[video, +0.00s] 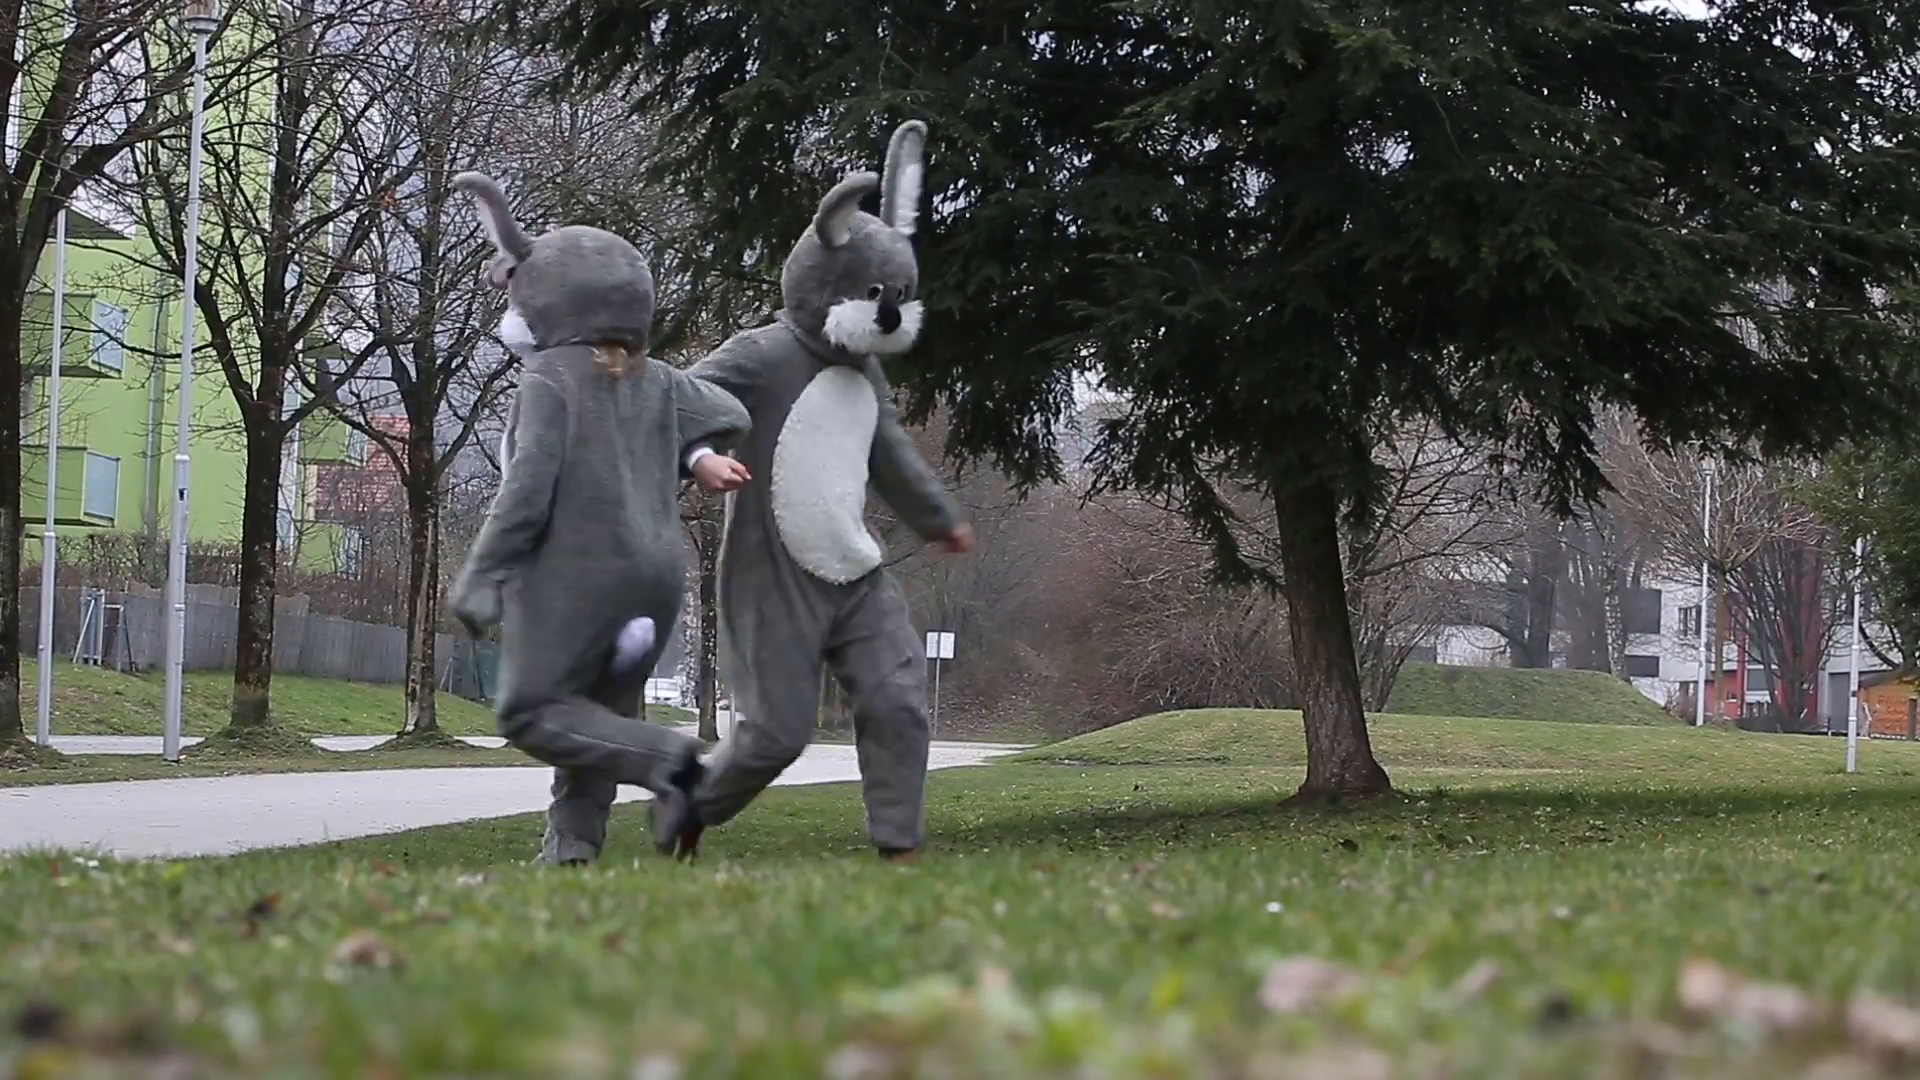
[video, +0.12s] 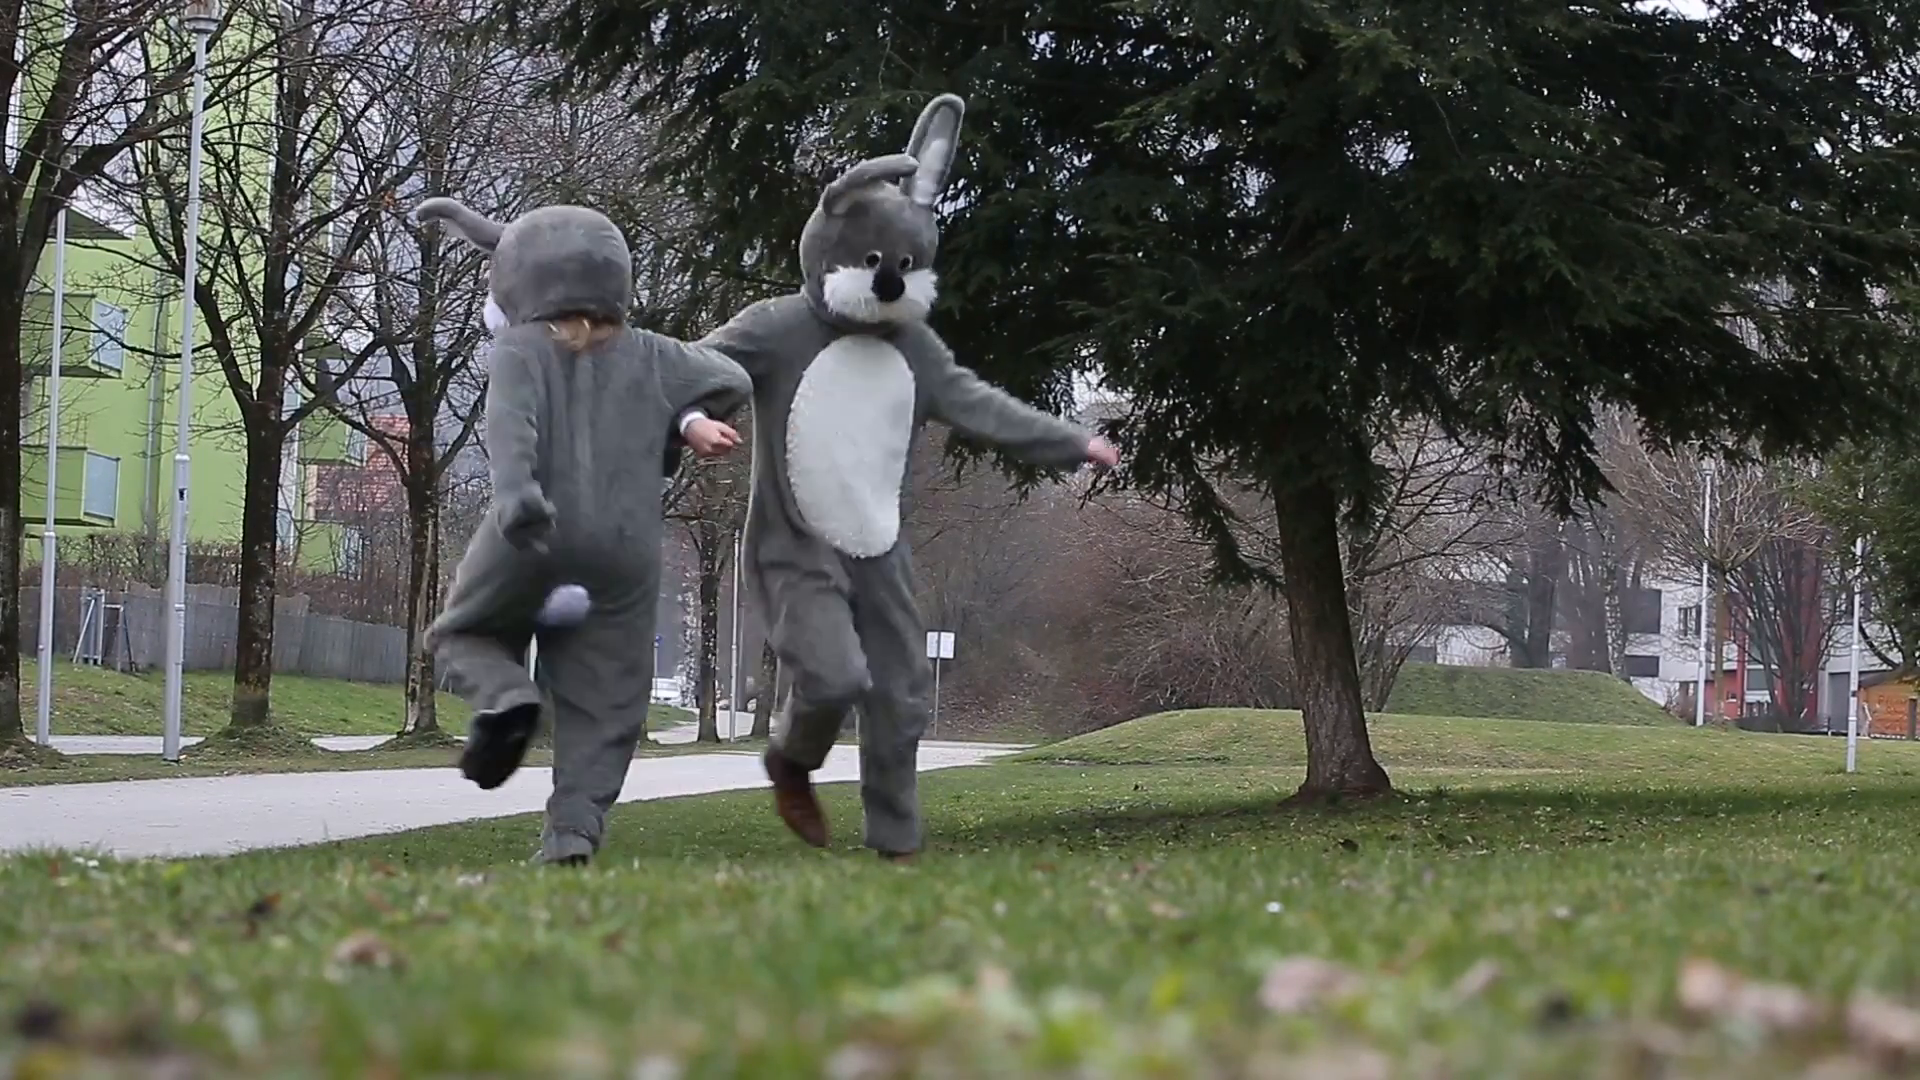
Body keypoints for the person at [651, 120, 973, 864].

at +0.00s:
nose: (880, 320)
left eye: (888, 306)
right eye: (869, 303)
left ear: (884, 306)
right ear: (825, 294)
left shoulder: (864, 380)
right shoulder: (762, 354)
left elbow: (893, 457)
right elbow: (670, 403)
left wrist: (940, 517)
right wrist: (694, 454)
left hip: (857, 572)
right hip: (771, 576)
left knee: (898, 703)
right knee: (776, 735)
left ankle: (898, 845)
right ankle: (685, 814)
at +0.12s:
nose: (895, 286)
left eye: (907, 271)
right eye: (880, 267)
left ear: (914, 269)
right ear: (838, 261)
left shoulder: (914, 345)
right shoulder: (772, 327)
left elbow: (979, 404)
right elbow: (681, 374)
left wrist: (1072, 441)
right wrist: (687, 419)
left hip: (879, 549)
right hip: (793, 545)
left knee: (900, 695)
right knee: (834, 680)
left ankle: (895, 839)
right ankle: (790, 767)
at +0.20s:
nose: (877, 253)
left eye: (893, 237)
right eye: (861, 236)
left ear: (912, 236)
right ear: (823, 234)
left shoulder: (929, 316)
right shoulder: (777, 305)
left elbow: (1001, 372)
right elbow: (694, 359)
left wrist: (1093, 406)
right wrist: (674, 401)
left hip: (889, 526)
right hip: (797, 517)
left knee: (894, 671)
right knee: (838, 649)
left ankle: (892, 817)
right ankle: (848, 777)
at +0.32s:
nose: (843, 250)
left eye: (863, 232)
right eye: (823, 235)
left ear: (892, 230)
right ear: (797, 236)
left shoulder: (925, 306)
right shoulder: (767, 307)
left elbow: (1000, 370)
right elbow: (697, 367)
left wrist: (1072, 423)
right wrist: (660, 407)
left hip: (904, 526)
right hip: (806, 523)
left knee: (904, 672)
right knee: (824, 655)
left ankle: (910, 820)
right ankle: (852, 805)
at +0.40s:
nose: (817, 283)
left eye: (837, 264)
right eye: (797, 268)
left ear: (870, 257)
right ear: (775, 269)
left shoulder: (915, 330)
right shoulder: (762, 339)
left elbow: (990, 398)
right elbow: (697, 395)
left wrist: (1050, 459)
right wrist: (653, 431)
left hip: (906, 554)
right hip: (809, 555)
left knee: (918, 703)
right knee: (816, 682)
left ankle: (919, 845)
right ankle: (825, 827)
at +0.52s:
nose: (760, 291)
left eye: (776, 269)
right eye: (743, 277)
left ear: (817, 260)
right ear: (728, 279)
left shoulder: (877, 338)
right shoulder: (734, 353)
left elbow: (941, 425)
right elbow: (691, 418)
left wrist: (983, 507)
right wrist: (647, 453)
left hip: (874, 563)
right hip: (778, 567)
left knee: (903, 729)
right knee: (781, 701)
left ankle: (924, 823)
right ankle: (818, 847)